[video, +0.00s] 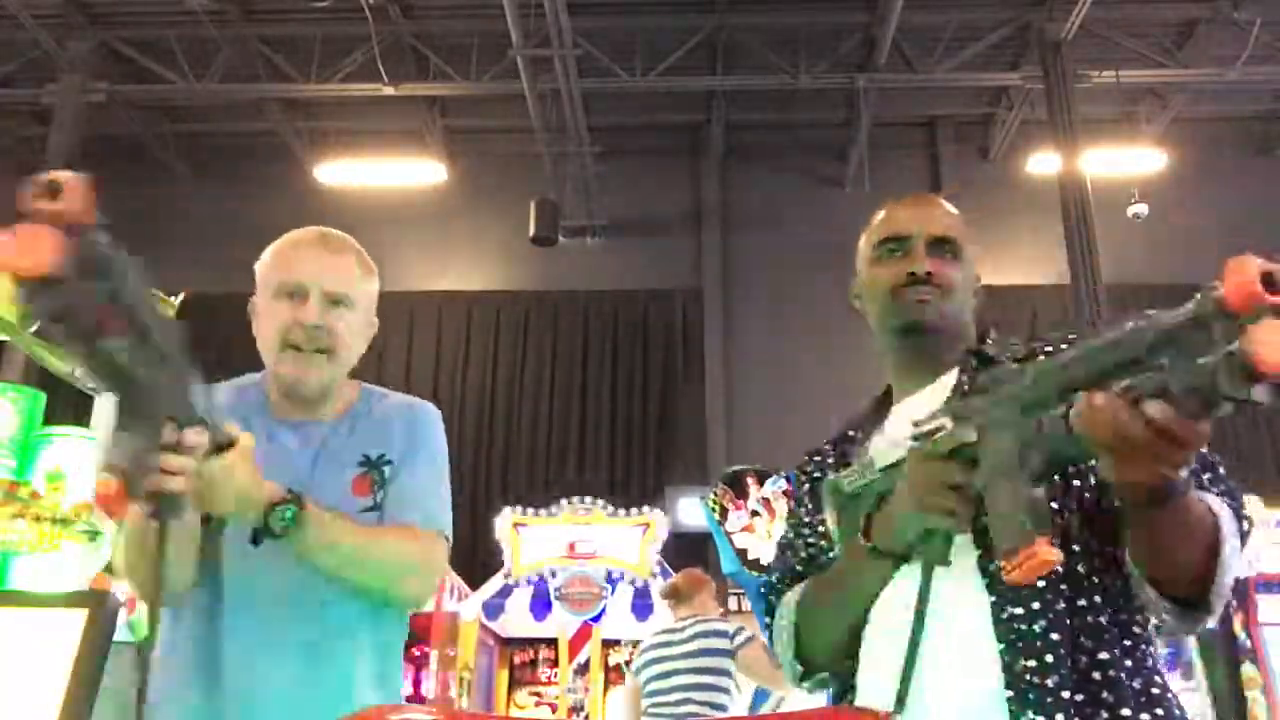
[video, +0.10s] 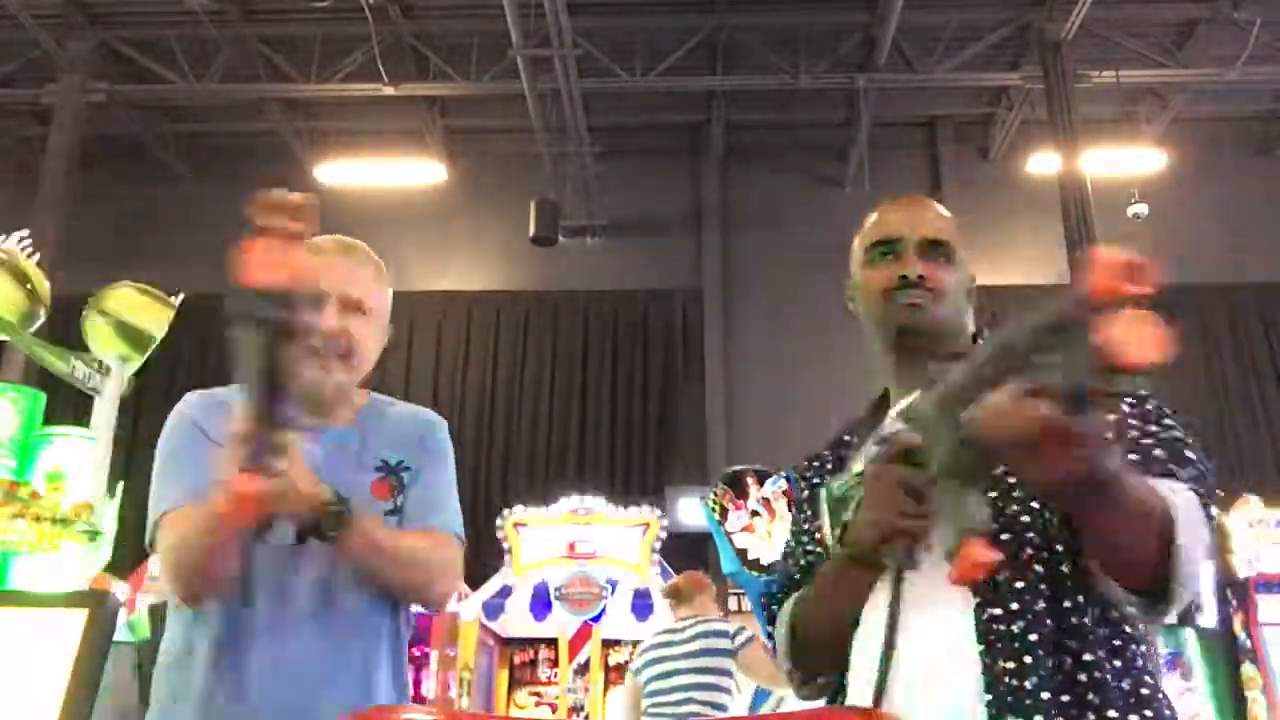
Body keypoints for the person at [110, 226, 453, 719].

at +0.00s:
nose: (312, 318)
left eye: (338, 303)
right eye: (292, 296)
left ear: (369, 331)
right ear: (254, 312)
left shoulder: (410, 427)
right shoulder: (194, 415)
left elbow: (417, 576)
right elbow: (156, 585)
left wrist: (265, 504)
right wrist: (167, 499)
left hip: (348, 709)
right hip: (196, 708)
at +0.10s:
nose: (328, 325)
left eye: (355, 308)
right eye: (310, 302)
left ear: (384, 335)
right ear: (274, 314)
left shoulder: (418, 435)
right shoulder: (202, 419)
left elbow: (439, 580)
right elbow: (186, 577)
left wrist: (325, 513)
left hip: (357, 709)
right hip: (208, 707)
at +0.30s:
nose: (332, 326)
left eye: (356, 313)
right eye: (311, 306)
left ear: (385, 339)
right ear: (273, 324)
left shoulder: (417, 438)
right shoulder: (210, 420)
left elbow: (448, 583)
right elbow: (205, 587)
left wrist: (351, 530)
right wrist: (264, 538)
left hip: (367, 709)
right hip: (217, 709)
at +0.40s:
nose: (306, 324)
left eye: (330, 308)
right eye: (285, 302)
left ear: (367, 330)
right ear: (254, 316)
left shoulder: (405, 426)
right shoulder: (189, 414)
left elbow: (427, 567)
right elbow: (155, 566)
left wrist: (294, 508)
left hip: (349, 706)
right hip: (196, 707)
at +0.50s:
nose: (284, 320)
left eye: (310, 302)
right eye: (265, 296)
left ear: (351, 323)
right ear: (236, 310)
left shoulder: (397, 418)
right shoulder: (182, 417)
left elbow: (415, 566)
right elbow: (139, 584)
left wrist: (296, 490)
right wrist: (137, 488)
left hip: (343, 707)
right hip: (193, 707)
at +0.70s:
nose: (277, 329)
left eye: (304, 308)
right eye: (257, 306)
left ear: (351, 322)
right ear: (233, 314)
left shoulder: (395, 424)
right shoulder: (196, 411)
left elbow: (332, 571)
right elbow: (128, 590)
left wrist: (223, 536)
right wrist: (150, 501)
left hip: (336, 710)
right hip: (184, 708)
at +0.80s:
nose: (279, 344)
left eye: (303, 319)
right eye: (258, 321)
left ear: (353, 328)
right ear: (237, 330)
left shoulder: (405, 428)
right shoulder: (201, 419)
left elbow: (353, 573)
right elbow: (133, 569)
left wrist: (252, 570)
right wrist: (167, 477)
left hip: (345, 710)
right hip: (195, 709)